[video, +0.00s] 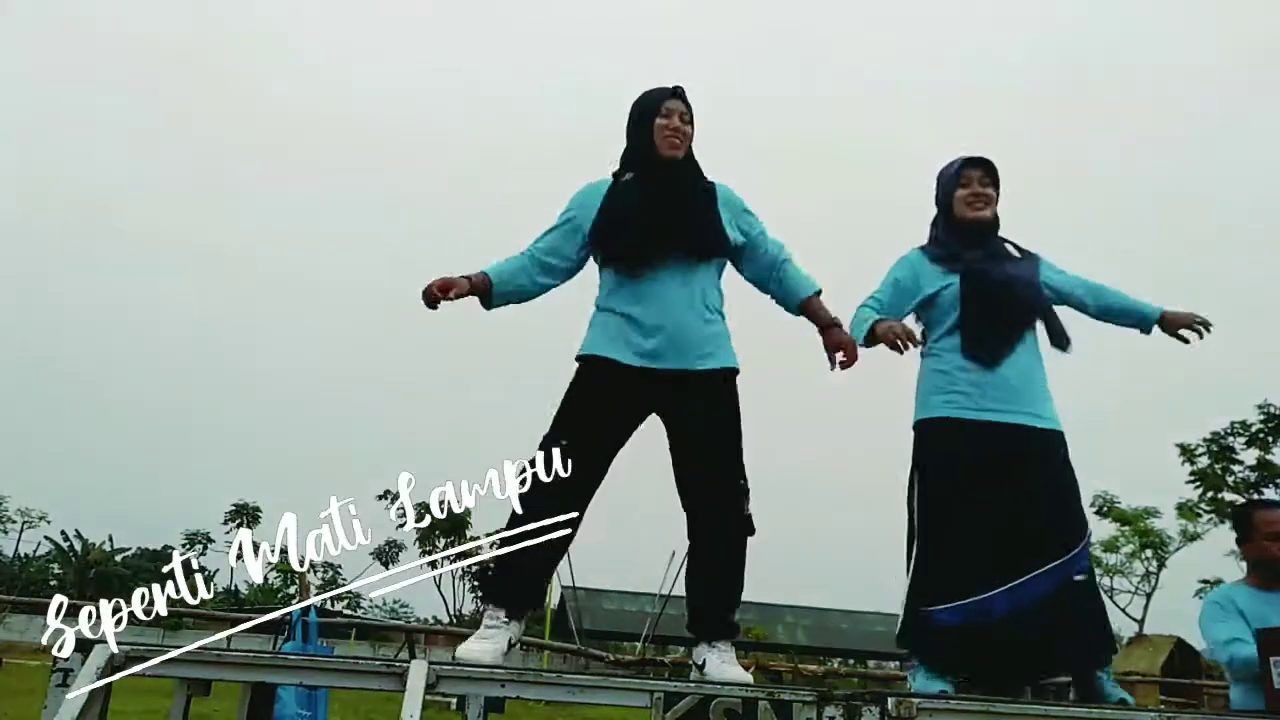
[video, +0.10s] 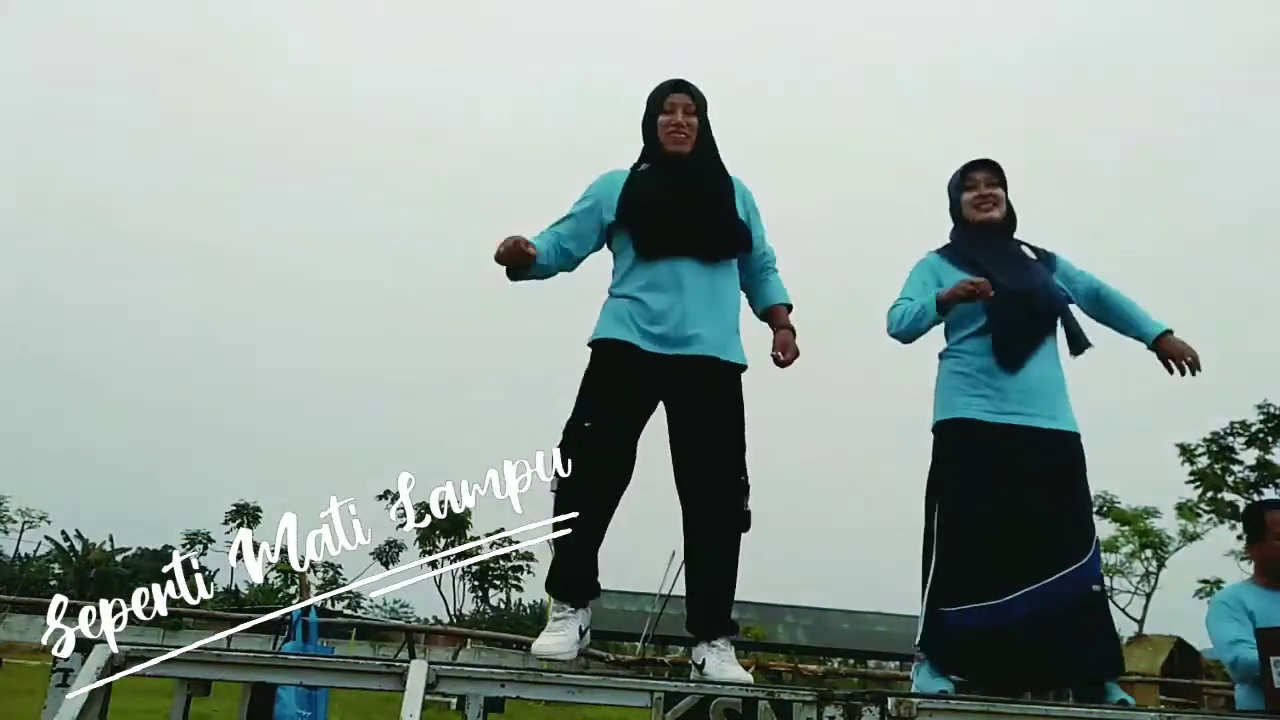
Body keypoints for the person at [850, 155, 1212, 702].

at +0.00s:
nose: (978, 192)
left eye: (987, 186)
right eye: (965, 185)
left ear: (999, 200)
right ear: (944, 199)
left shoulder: (1025, 264)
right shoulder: (918, 265)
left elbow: (1089, 294)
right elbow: (863, 321)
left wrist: (1158, 316)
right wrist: (882, 326)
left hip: (1030, 420)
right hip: (952, 418)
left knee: (1064, 541)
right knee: (947, 540)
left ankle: (1088, 668)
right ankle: (932, 664)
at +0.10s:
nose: (985, 193)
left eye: (993, 186)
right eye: (972, 188)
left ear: (1009, 201)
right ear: (955, 207)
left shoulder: (1044, 263)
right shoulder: (936, 266)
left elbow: (1099, 296)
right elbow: (899, 324)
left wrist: (1158, 335)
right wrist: (944, 299)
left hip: (1047, 420)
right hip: (970, 418)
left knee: (1069, 545)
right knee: (958, 540)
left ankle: (1091, 675)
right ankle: (936, 662)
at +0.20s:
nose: (990, 190)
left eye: (999, 182)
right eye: (978, 185)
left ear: (1017, 194)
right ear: (964, 201)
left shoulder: (1049, 251)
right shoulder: (951, 253)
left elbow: (1110, 287)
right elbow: (940, 296)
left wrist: (1131, 331)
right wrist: (1013, 258)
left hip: (1060, 408)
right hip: (985, 408)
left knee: (1076, 537)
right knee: (977, 529)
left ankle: (1095, 669)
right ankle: (966, 647)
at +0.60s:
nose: (990, 192)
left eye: (1000, 182)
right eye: (980, 188)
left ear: (1025, 189)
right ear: (972, 205)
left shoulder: (1066, 255)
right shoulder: (963, 259)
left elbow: (1120, 300)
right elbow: (889, 269)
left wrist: (1101, 338)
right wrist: (959, 256)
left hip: (1057, 409)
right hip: (978, 404)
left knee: (1074, 539)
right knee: (958, 528)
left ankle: (1088, 670)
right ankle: (930, 649)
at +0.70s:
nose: (976, 191)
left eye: (986, 181)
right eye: (966, 188)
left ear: (1013, 190)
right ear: (959, 205)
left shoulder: (1053, 257)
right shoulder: (946, 252)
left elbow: (1104, 298)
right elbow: (859, 270)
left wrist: (1088, 341)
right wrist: (893, 263)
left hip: (1045, 412)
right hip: (964, 407)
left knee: (1065, 538)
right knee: (932, 530)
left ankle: (1087, 673)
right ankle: (895, 651)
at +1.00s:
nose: (939, 186)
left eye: (950, 179)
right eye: (930, 180)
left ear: (969, 194)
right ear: (916, 196)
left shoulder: (997, 258)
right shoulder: (896, 249)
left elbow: (1052, 312)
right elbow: (848, 275)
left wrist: (1020, 339)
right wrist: (915, 246)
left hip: (978, 409)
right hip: (900, 404)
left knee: (998, 535)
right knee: (897, 531)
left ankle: (1011, 665)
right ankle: (894, 660)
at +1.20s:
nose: (925, 196)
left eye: (935, 188)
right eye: (915, 190)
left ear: (955, 204)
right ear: (901, 207)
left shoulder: (986, 268)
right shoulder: (886, 260)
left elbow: (1047, 314)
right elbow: (844, 288)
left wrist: (1010, 344)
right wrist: (916, 253)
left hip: (963, 418)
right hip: (884, 412)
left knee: (965, 538)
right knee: (880, 533)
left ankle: (964, 666)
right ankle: (881, 665)